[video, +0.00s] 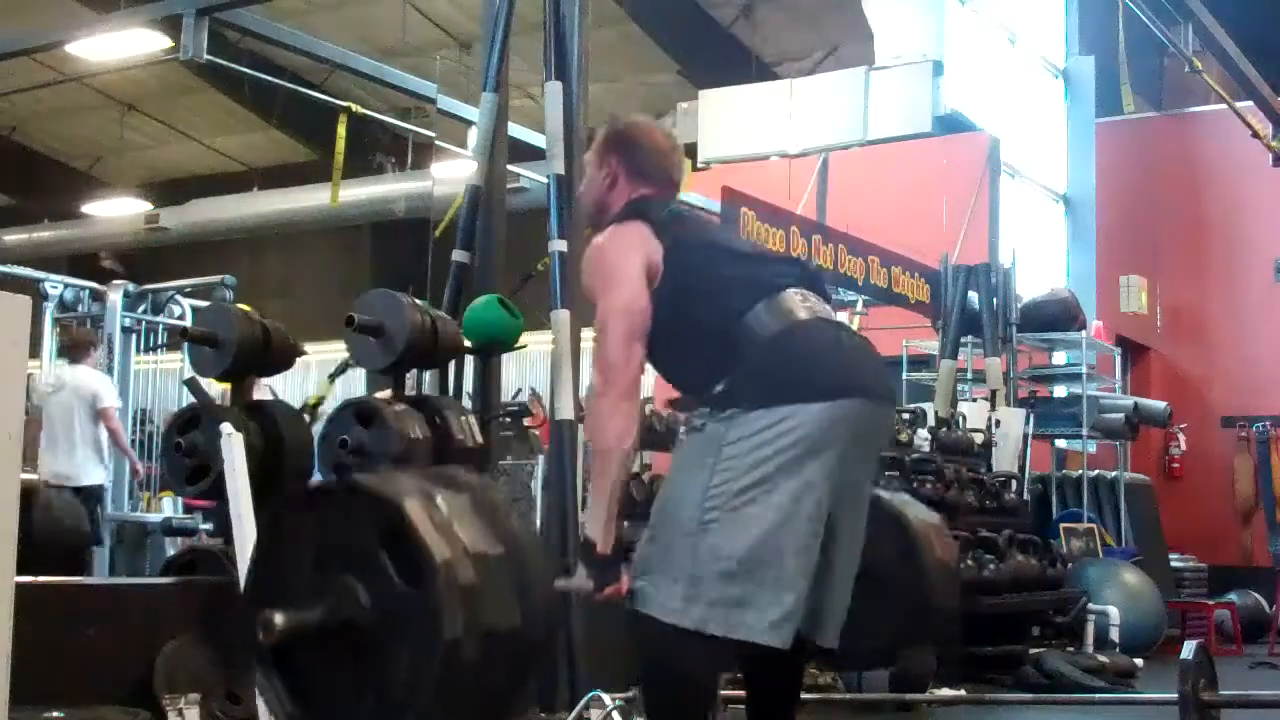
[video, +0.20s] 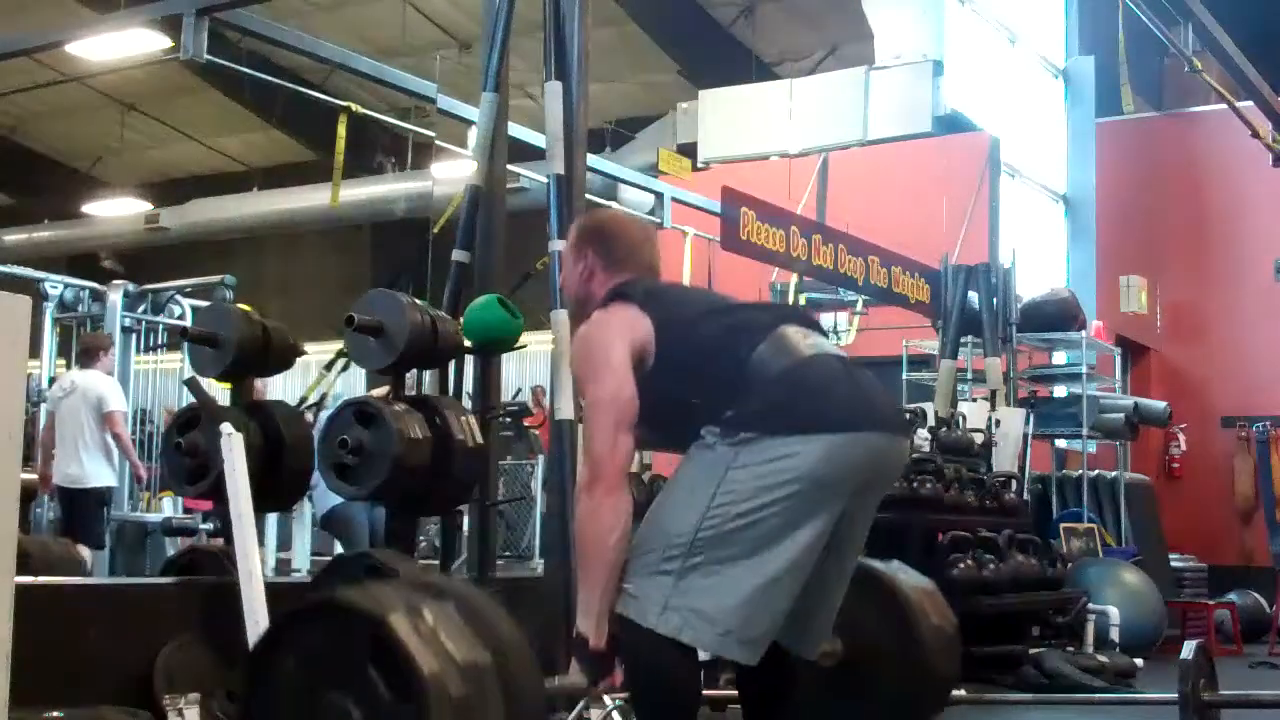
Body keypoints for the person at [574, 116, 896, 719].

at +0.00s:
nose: (578, 190)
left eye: (584, 175)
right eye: (580, 175)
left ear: (612, 175)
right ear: (664, 181)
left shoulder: (623, 241)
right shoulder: (704, 228)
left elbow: (617, 390)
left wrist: (599, 546)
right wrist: (699, 397)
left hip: (779, 391)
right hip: (862, 387)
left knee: (675, 618)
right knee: (779, 624)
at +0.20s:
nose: (562, 280)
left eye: (565, 264)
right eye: (562, 265)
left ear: (588, 265)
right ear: (642, 264)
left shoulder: (607, 327)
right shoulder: (686, 307)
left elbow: (603, 482)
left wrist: (591, 632)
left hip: (788, 421)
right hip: (877, 423)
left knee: (652, 618)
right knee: (771, 642)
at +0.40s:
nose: (557, 345)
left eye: (559, 331)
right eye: (556, 333)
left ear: (581, 325)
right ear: (637, 317)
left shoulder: (603, 376)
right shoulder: (685, 350)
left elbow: (601, 527)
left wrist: (592, 677)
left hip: (792, 448)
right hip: (880, 451)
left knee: (642, 615)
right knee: (758, 646)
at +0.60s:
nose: (551, 319)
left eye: (552, 302)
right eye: (550, 304)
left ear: (577, 296)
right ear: (631, 286)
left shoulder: (605, 340)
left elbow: (610, 493)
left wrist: (603, 640)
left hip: (792, 408)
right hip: (881, 407)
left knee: (666, 618)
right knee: (776, 632)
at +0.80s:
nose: (554, 267)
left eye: (556, 250)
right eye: (554, 252)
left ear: (582, 245)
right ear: (635, 241)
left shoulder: (609, 295)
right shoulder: (688, 271)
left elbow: (617, 450)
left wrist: (614, 601)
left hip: (792, 384)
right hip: (876, 384)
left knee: (685, 617)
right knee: (777, 618)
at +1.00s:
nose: (579, 198)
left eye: (582, 181)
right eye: (579, 183)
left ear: (608, 181)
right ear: (666, 183)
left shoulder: (629, 240)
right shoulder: (717, 224)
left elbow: (629, 389)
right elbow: (725, 388)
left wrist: (620, 542)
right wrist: (686, 530)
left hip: (779, 384)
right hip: (867, 384)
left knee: (696, 608)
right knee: (795, 625)